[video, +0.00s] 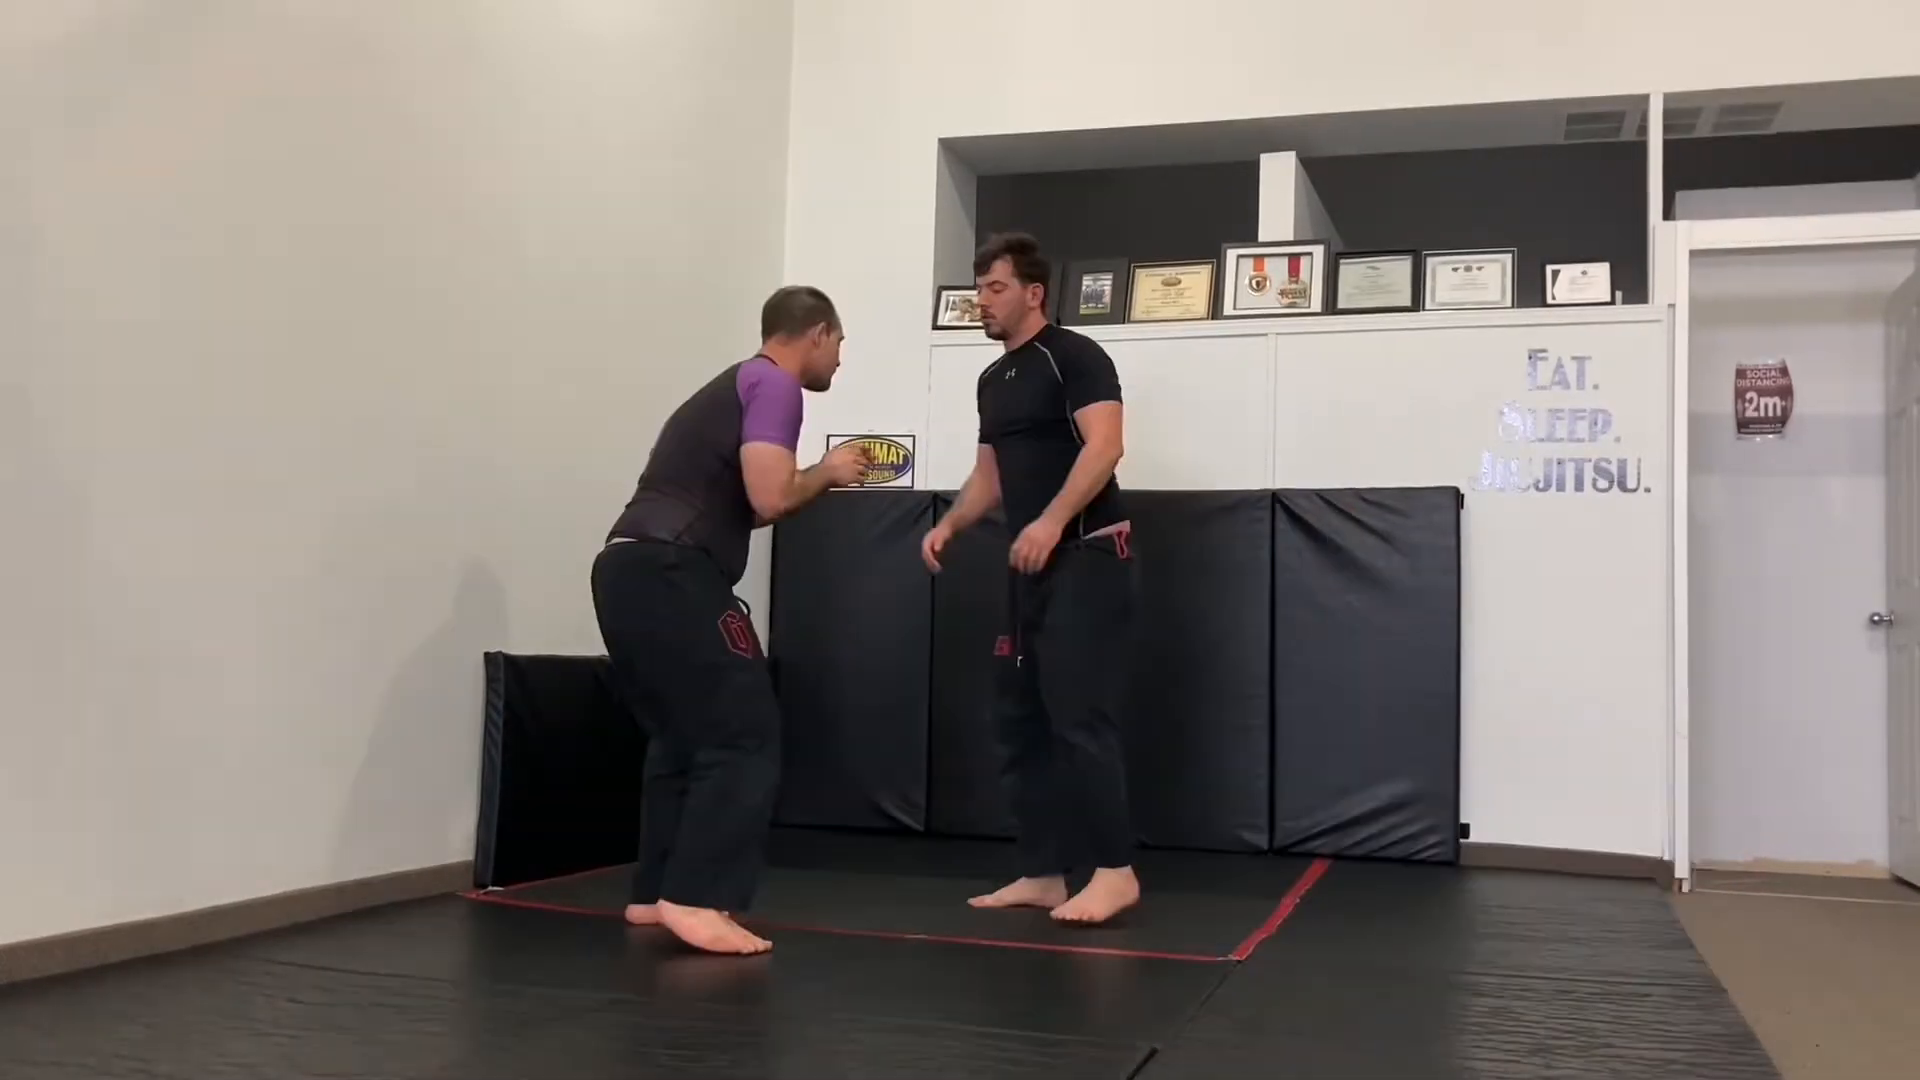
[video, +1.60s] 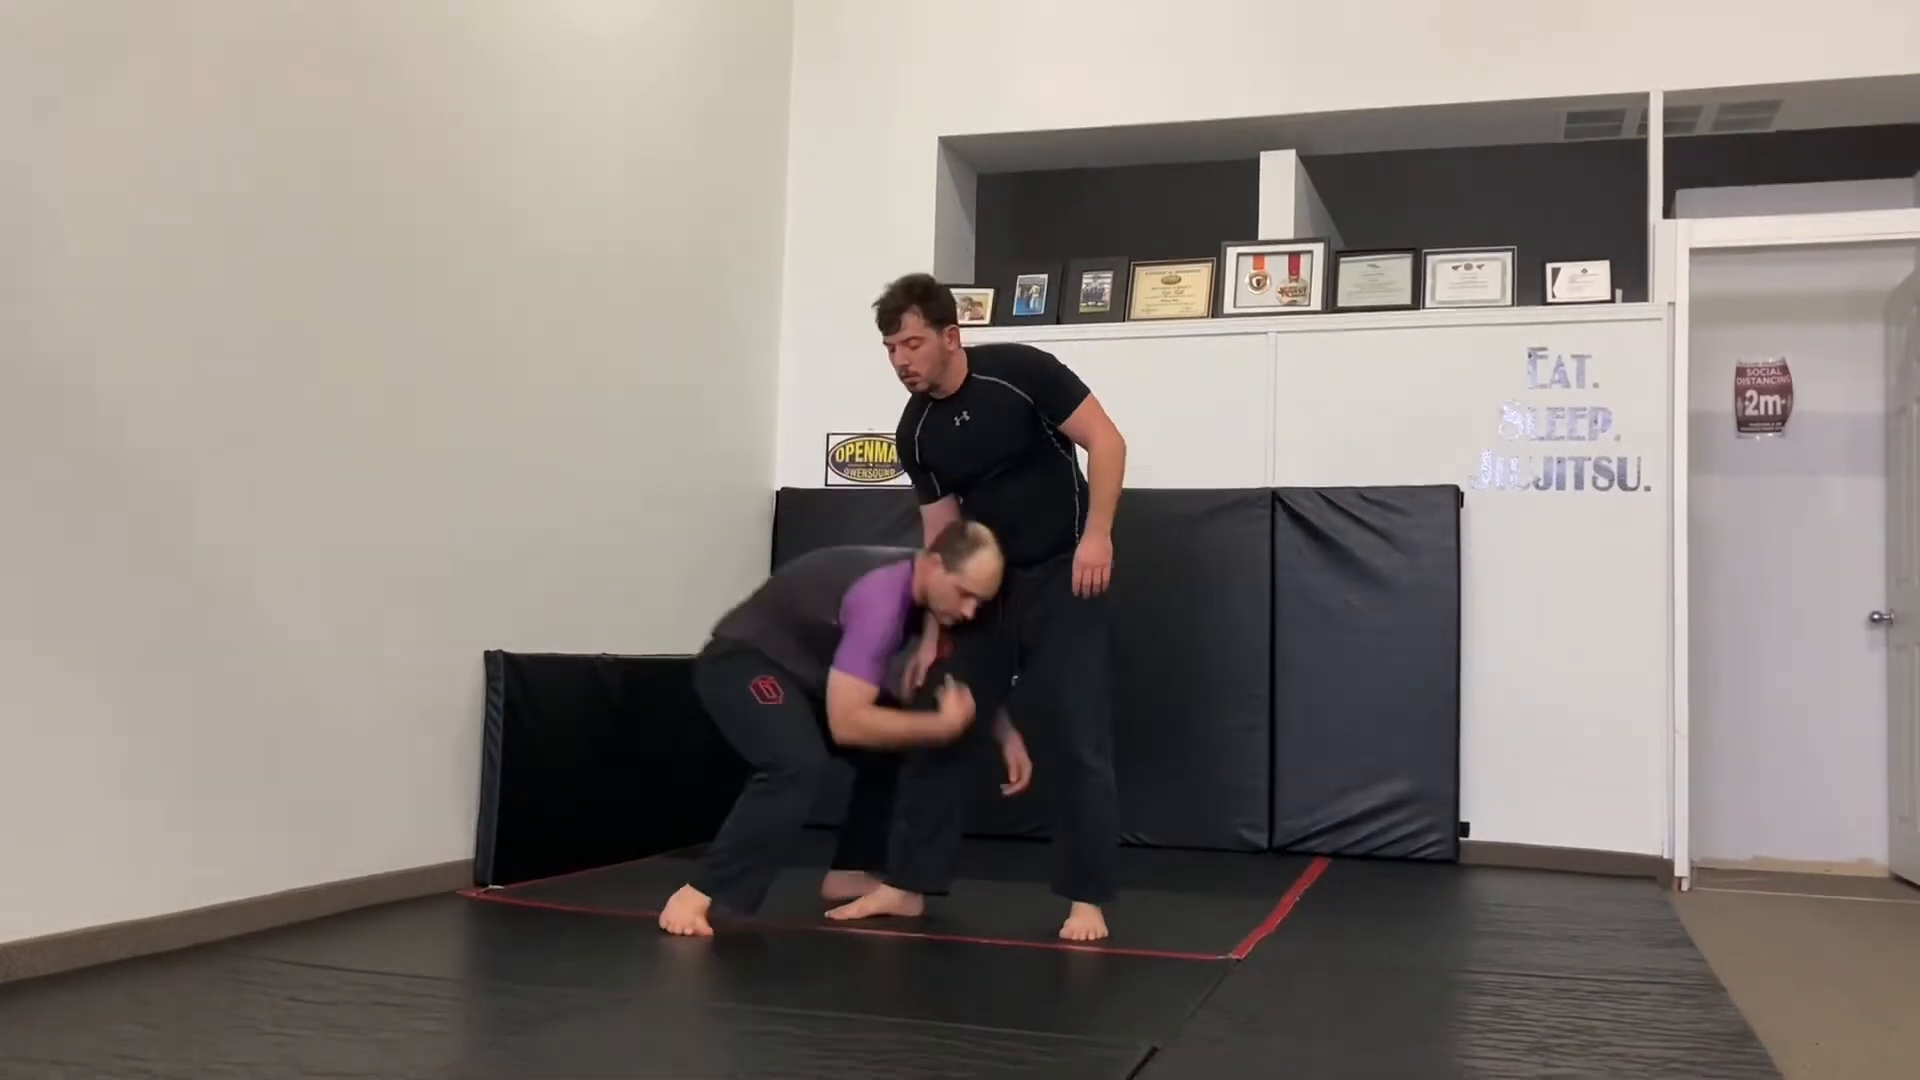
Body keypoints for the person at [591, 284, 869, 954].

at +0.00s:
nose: (840, 359)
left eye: (841, 346)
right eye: (839, 345)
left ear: (776, 333)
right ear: (817, 336)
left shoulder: (738, 382)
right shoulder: (773, 383)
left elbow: (755, 504)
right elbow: (770, 496)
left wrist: (820, 475)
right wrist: (826, 472)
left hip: (626, 570)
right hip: (669, 573)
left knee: (679, 735)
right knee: (744, 734)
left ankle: (654, 894)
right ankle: (698, 902)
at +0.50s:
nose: (841, 369)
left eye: (841, 356)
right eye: (840, 355)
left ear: (776, 349)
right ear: (821, 349)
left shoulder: (735, 403)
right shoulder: (792, 399)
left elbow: (788, 523)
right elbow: (849, 510)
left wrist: (879, 527)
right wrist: (907, 499)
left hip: (602, 571)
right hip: (660, 576)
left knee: (656, 737)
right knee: (729, 738)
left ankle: (639, 886)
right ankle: (694, 919)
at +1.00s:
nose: (851, 433)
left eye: (855, 420)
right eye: (850, 417)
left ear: (801, 400)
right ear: (816, 401)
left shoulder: (735, 438)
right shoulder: (790, 440)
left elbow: (728, 557)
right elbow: (864, 532)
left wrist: (807, 561)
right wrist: (921, 504)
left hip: (575, 574)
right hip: (627, 581)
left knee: (614, 735)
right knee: (699, 727)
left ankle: (583, 887)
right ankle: (665, 898)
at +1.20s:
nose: (893, 482)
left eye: (900, 471)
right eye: (889, 467)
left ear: (843, 442)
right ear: (851, 444)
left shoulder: (791, 464)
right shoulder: (814, 473)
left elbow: (763, 570)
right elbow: (869, 571)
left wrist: (797, 634)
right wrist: (912, 514)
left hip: (627, 591)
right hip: (644, 597)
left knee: (687, 729)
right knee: (720, 733)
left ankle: (609, 849)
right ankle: (668, 896)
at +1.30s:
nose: (911, 512)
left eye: (919, 501)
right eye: (906, 497)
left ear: (862, 469)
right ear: (868, 471)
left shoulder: (818, 491)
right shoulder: (827, 497)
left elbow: (802, 608)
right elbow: (874, 600)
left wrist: (837, 678)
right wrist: (914, 531)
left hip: (683, 604)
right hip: (659, 602)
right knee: (736, 739)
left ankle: (683, 841)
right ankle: (670, 895)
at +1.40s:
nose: (931, 550)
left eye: (939, 539)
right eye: (925, 533)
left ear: (894, 502)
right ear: (890, 504)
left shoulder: (868, 528)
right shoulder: (846, 528)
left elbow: (859, 640)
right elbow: (867, 644)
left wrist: (893, 703)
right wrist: (912, 570)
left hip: (732, 623)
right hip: (682, 614)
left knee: (806, 726)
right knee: (750, 747)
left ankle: (810, 859)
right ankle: (672, 895)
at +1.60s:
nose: (970, 611)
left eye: (980, 602)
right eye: (965, 596)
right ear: (932, 566)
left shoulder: (928, 594)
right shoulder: (879, 595)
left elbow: (951, 668)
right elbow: (848, 724)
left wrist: (1003, 730)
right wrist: (943, 727)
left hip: (803, 674)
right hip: (741, 662)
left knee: (892, 741)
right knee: (799, 766)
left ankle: (848, 874)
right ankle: (696, 896)